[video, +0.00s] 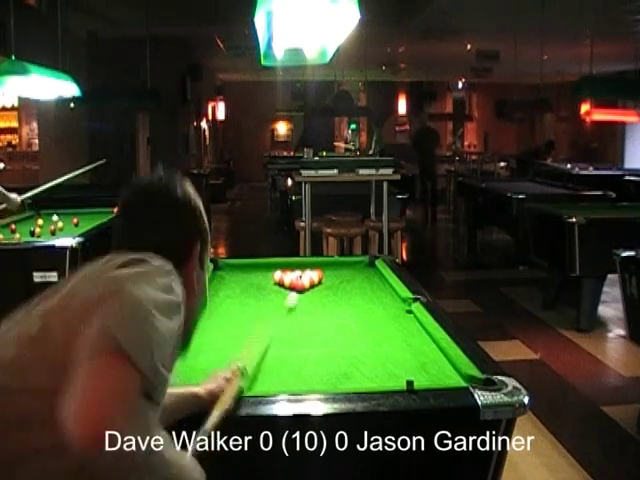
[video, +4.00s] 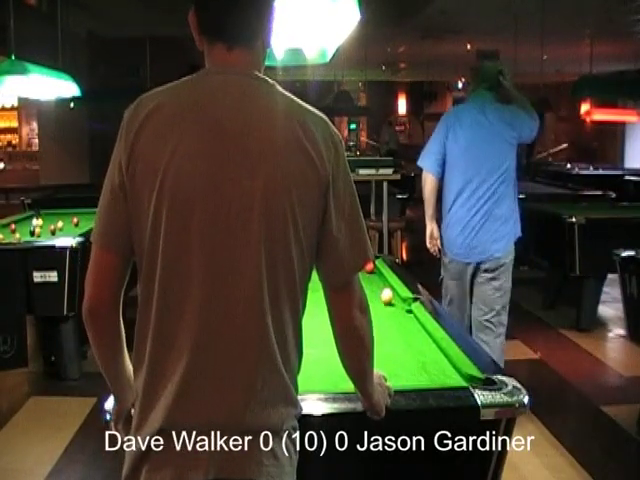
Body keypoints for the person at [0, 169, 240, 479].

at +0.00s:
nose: (205, 285)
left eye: (207, 264)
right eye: (207, 263)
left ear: (123, 242)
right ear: (194, 257)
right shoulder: (149, 276)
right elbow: (96, 418)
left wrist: (199, 396)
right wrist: (184, 468)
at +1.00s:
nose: (153, 49)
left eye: (151, 29)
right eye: (151, 29)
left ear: (71, 39)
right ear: (140, 30)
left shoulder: (32, 130)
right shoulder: (121, 132)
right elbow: (127, 354)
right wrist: (162, 470)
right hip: (70, 455)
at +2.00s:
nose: (149, 33)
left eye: (148, 18)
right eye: (148, 16)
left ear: (63, 21)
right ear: (133, 14)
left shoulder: (14, 125)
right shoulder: (146, 120)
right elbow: (183, 341)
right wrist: (238, 462)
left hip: (17, 447)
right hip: (126, 451)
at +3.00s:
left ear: (212, 29)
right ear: (286, 39)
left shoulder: (154, 109)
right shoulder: (317, 145)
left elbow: (92, 278)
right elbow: (367, 287)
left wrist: (106, 384)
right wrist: (394, 357)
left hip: (146, 421)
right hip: (254, 425)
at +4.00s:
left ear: (194, 24)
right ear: (268, 30)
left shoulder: (145, 118)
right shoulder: (314, 133)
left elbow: (97, 300)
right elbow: (348, 302)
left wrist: (125, 393)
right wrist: (369, 387)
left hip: (160, 424)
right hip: (264, 427)